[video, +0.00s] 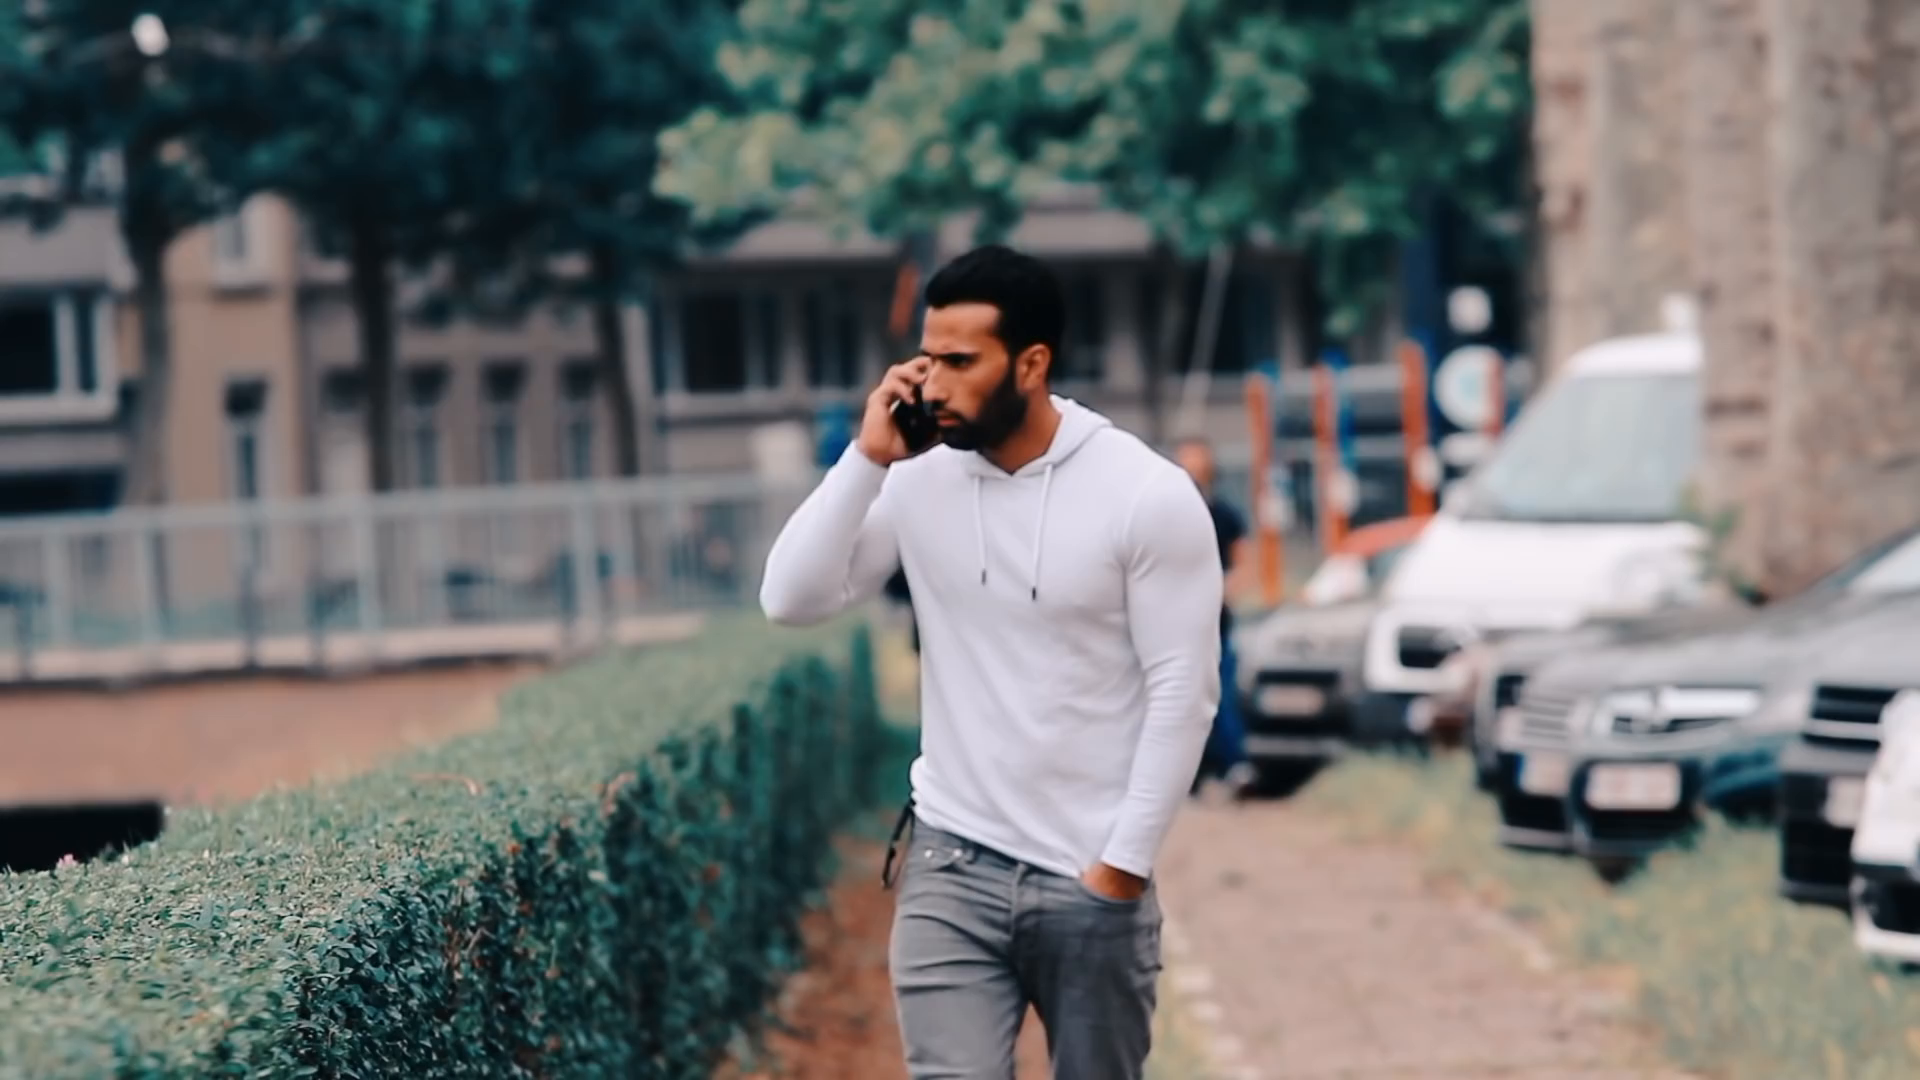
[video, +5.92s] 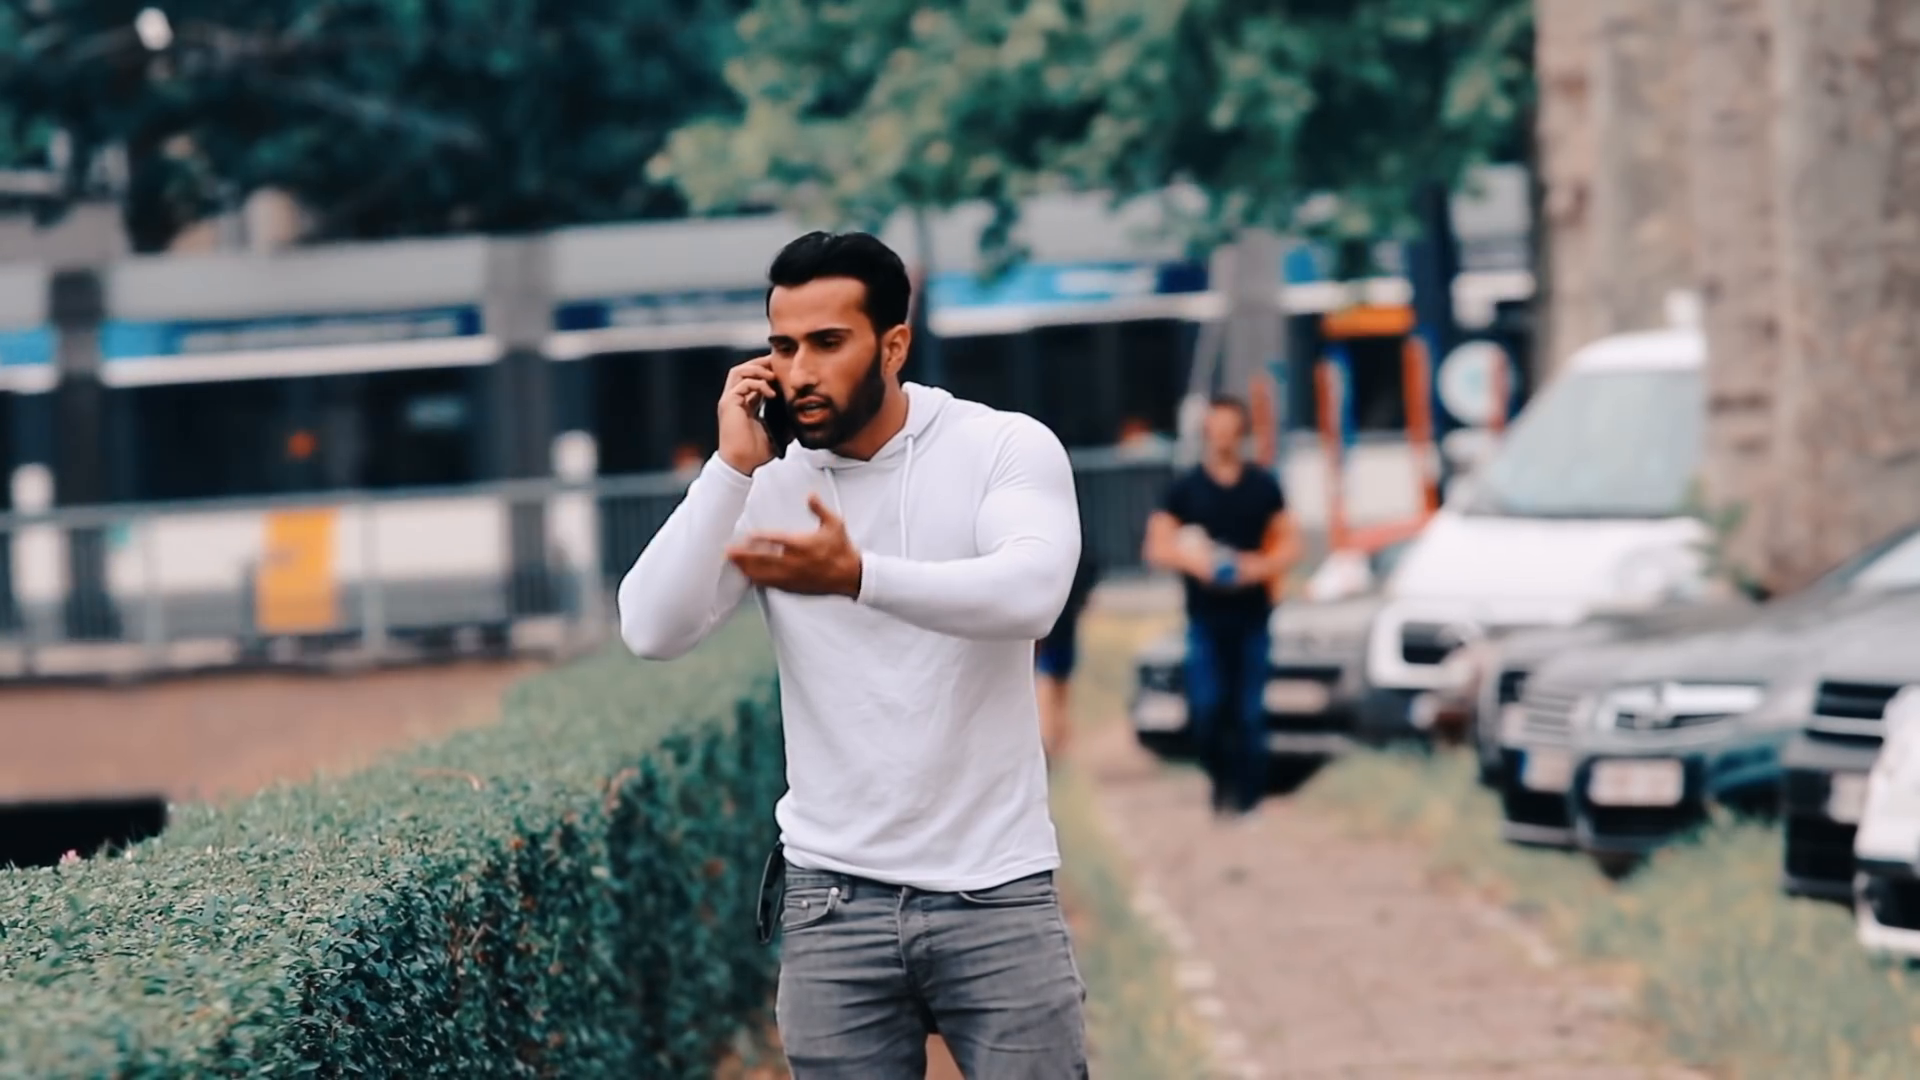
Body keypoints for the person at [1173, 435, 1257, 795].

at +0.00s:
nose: (1194, 474)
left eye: (1199, 467)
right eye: (1187, 467)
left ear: (1210, 468)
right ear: (1177, 468)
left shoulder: (1222, 513)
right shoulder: (1168, 509)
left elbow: (1237, 563)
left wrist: (1219, 590)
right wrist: (1170, 590)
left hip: (1214, 607)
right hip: (1176, 607)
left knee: (1221, 686)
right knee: (1185, 688)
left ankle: (1234, 760)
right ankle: (1189, 769)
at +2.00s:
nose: (1231, 461)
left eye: (1237, 453)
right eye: (1224, 453)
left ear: (1248, 459)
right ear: (1214, 460)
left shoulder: (1264, 519)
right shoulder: (1199, 518)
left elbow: (1283, 572)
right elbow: (1169, 566)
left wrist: (1257, 590)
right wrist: (1208, 584)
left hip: (1251, 630)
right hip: (1212, 630)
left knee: (1247, 707)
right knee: (1211, 709)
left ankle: (1250, 790)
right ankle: (1230, 783)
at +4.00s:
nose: (1245, 460)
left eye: (1252, 452)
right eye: (1237, 452)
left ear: (1262, 454)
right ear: (1225, 454)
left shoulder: (1279, 505)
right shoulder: (1207, 505)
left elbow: (1306, 555)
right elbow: (1179, 563)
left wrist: (1278, 580)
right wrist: (1220, 575)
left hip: (1270, 624)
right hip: (1227, 626)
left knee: (1273, 713)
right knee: (1230, 713)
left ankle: (1272, 790)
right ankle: (1240, 784)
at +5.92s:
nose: (1221, 439)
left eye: (1229, 431)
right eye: (1214, 430)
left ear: (1242, 433)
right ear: (1204, 431)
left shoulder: (1263, 487)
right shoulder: (1186, 488)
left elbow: (1289, 544)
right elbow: (1158, 546)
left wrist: (1255, 567)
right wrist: (1200, 563)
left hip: (1251, 614)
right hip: (1206, 614)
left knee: (1248, 706)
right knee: (1206, 704)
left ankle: (1248, 790)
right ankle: (1220, 782)